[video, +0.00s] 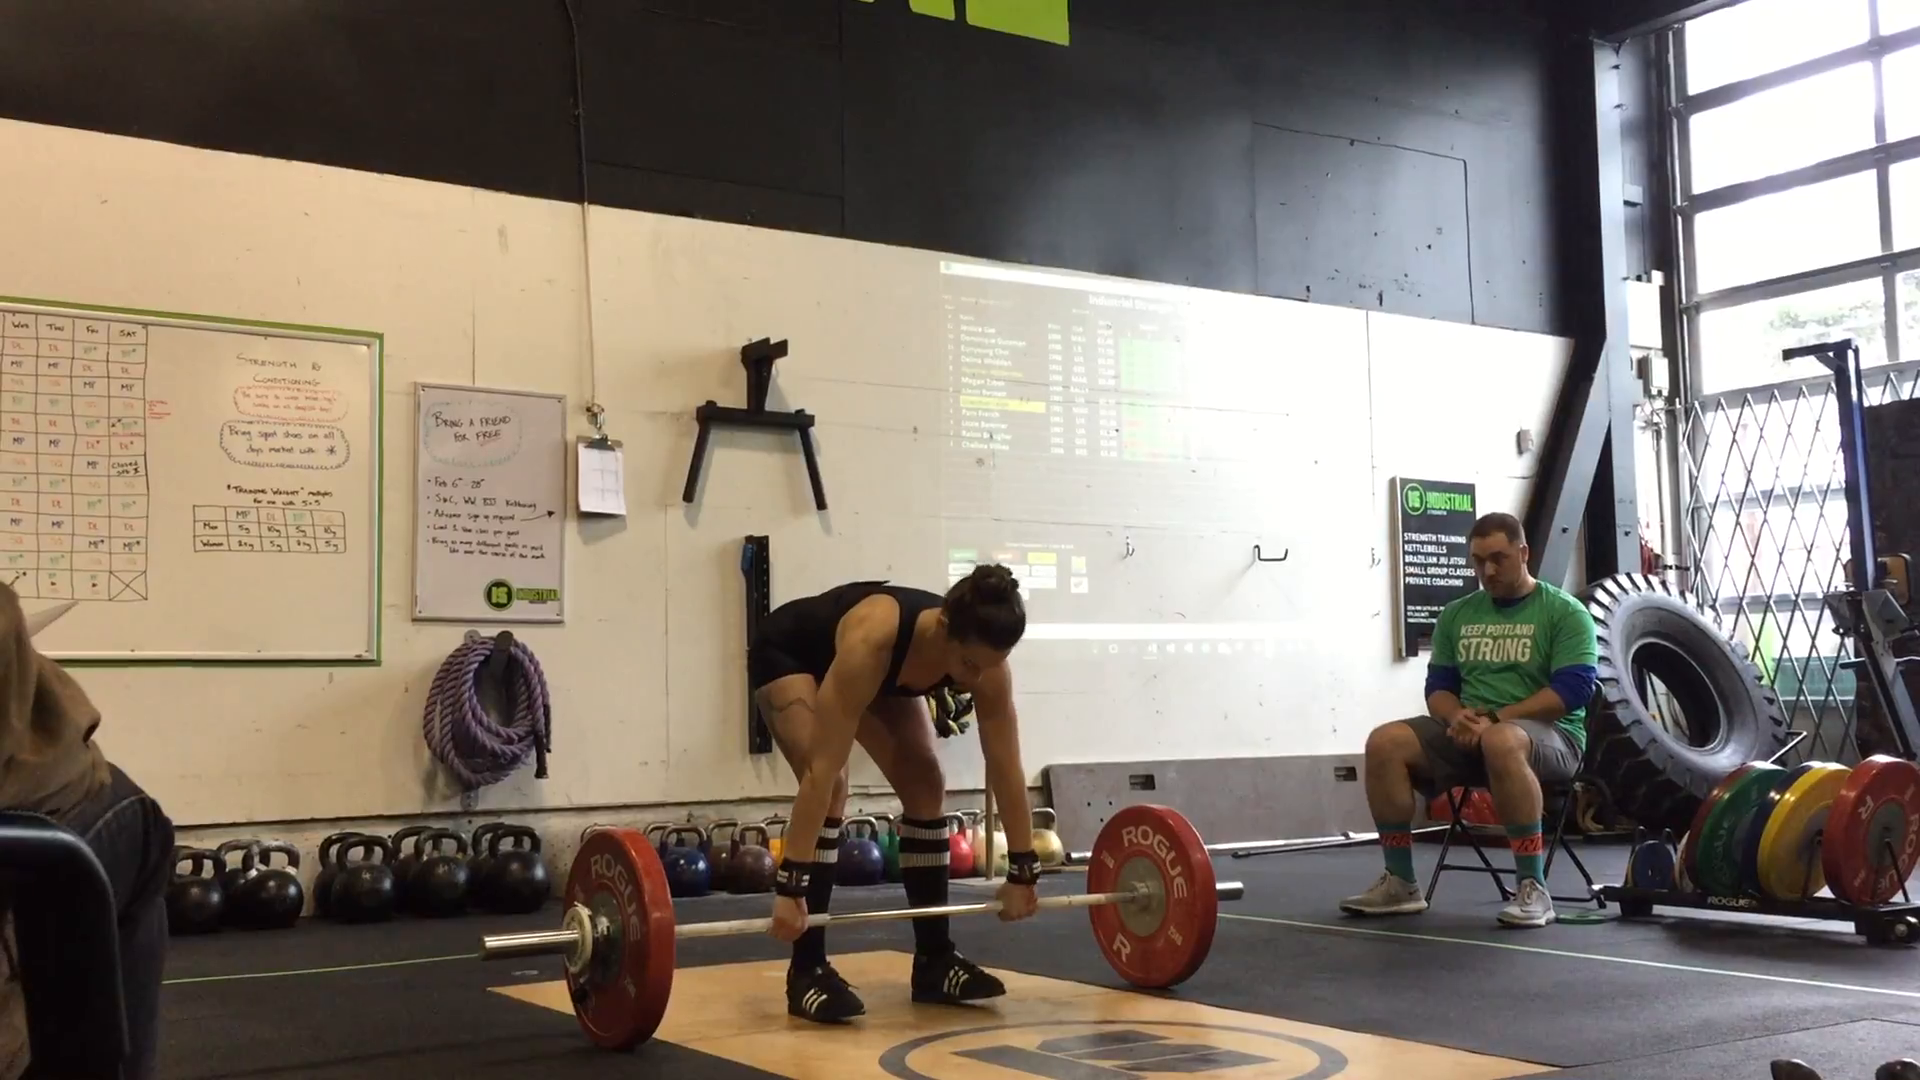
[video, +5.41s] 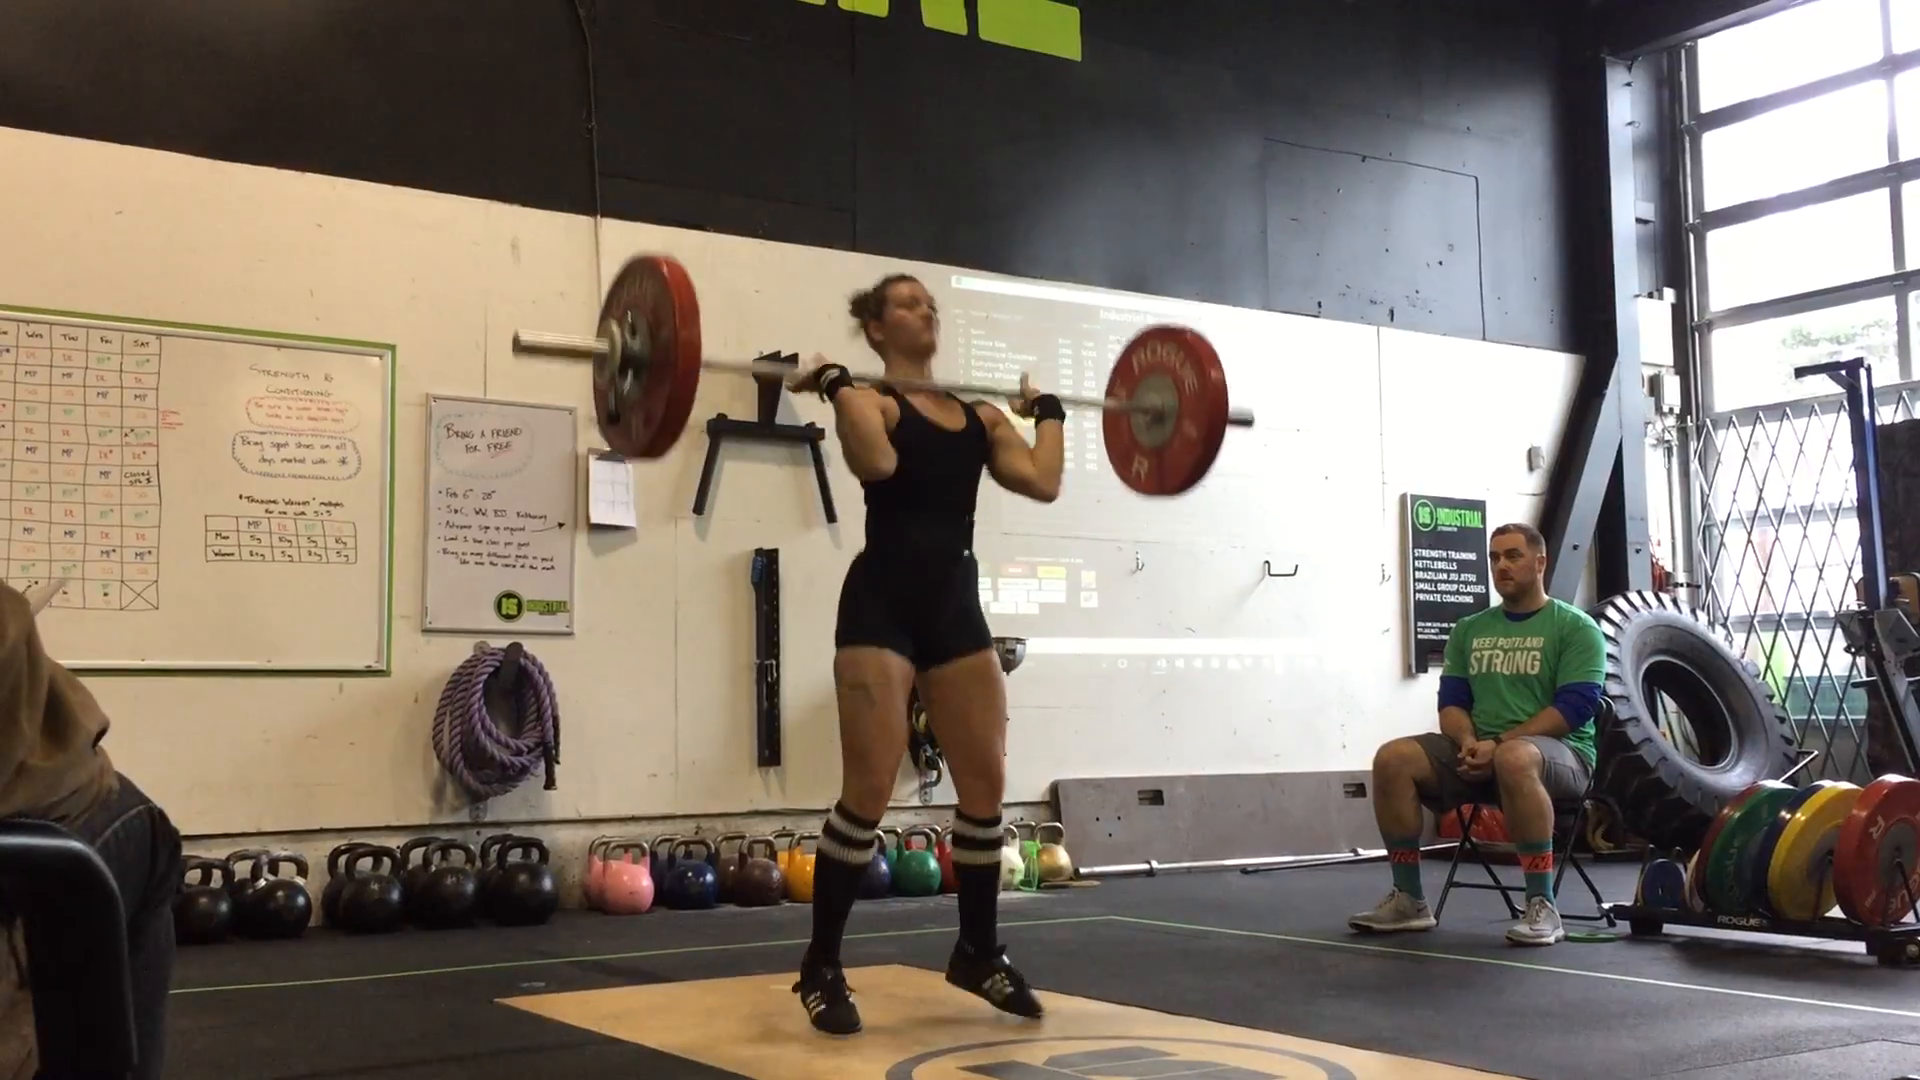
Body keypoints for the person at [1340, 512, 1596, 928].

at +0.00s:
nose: (1488, 571)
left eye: (1497, 559)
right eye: (1479, 561)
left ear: (1524, 553)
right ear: (1471, 561)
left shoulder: (1565, 612)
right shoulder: (1456, 614)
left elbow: (1575, 689)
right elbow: (1438, 687)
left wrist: (1496, 719)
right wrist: (1456, 716)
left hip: (1549, 735)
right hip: (1470, 735)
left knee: (1501, 741)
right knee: (1384, 743)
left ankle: (1532, 889)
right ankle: (1400, 883)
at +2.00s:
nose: (1499, 552)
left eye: (1511, 542)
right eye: (1493, 544)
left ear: (1538, 548)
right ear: (1487, 551)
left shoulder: (1573, 612)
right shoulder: (1466, 614)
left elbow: (1572, 692)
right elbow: (1448, 686)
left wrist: (1497, 730)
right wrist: (1463, 724)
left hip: (1554, 737)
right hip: (1475, 737)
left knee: (1509, 743)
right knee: (1388, 744)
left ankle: (1537, 892)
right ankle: (1405, 884)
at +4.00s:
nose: (1499, 562)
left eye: (1510, 552)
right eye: (1492, 553)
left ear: (1538, 557)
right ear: (1487, 560)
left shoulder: (1573, 621)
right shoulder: (1466, 624)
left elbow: (1572, 701)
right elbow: (1448, 697)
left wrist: (1497, 739)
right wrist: (1464, 733)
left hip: (1555, 746)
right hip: (1475, 745)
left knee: (1511, 751)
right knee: (1388, 753)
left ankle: (1538, 901)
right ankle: (1406, 894)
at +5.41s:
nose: (1501, 565)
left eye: (1513, 556)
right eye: (1495, 558)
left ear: (1541, 562)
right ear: (1489, 566)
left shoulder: (1576, 627)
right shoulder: (1468, 630)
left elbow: (1575, 707)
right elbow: (1452, 704)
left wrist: (1501, 746)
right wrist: (1466, 738)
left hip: (1559, 753)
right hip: (1479, 752)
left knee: (1514, 757)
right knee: (1392, 759)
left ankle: (1541, 907)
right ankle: (1409, 900)